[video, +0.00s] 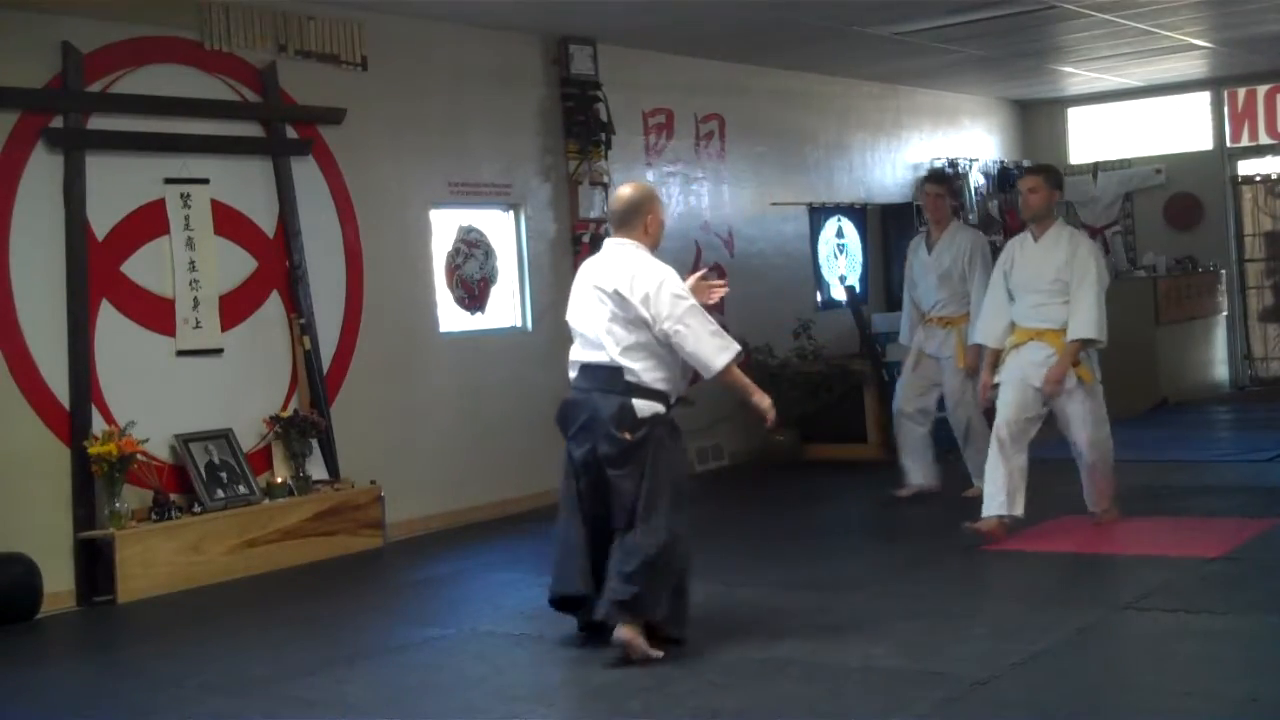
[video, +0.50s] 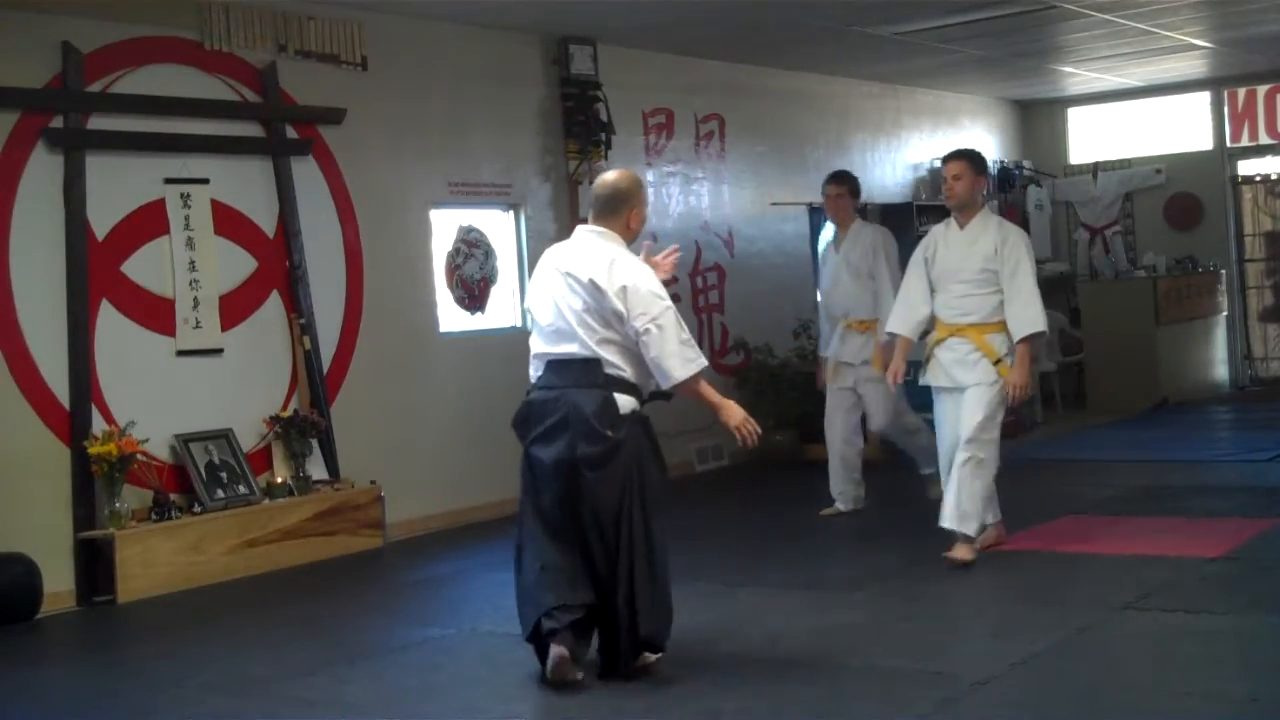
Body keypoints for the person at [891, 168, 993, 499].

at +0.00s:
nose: (932, 203)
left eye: (939, 197)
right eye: (927, 197)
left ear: (953, 202)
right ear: (921, 203)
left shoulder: (972, 241)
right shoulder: (916, 246)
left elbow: (981, 295)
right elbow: (911, 299)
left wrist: (976, 343)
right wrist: (911, 345)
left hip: (961, 332)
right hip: (927, 332)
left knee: (963, 409)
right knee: (908, 406)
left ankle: (983, 479)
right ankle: (921, 479)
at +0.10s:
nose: (916, 202)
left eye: (923, 196)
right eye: (911, 197)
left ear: (938, 200)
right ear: (906, 202)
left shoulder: (957, 238)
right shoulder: (902, 246)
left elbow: (970, 293)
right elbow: (898, 300)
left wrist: (968, 343)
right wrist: (897, 346)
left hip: (952, 333)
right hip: (915, 333)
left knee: (965, 411)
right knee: (899, 406)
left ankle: (984, 479)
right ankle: (881, 481)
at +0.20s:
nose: (900, 205)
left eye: (906, 198)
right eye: (894, 199)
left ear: (919, 202)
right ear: (888, 205)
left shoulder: (939, 241)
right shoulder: (885, 250)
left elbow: (956, 293)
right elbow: (883, 304)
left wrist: (954, 340)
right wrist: (885, 346)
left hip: (940, 337)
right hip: (901, 340)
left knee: (962, 414)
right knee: (883, 411)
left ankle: (988, 479)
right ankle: (859, 483)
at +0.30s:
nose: (875, 210)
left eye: (883, 203)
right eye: (871, 203)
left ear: (896, 208)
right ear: (865, 210)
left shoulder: (917, 247)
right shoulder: (866, 256)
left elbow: (939, 296)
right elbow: (867, 310)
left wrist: (928, 332)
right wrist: (868, 355)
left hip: (919, 345)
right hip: (880, 349)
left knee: (950, 416)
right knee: (863, 418)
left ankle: (987, 483)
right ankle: (851, 496)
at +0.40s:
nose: (851, 210)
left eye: (858, 203)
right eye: (846, 204)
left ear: (872, 206)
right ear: (842, 209)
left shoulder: (895, 246)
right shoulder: (847, 257)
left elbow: (913, 298)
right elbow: (849, 310)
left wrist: (911, 343)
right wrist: (850, 351)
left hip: (893, 345)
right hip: (857, 348)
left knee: (922, 416)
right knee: (850, 422)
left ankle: (969, 463)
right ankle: (851, 497)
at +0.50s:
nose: (831, 203)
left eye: (838, 197)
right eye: (827, 197)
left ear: (854, 200)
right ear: (822, 202)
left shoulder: (877, 237)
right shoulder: (828, 246)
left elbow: (889, 291)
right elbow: (827, 305)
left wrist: (886, 341)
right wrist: (825, 355)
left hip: (872, 341)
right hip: (839, 344)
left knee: (886, 418)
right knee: (839, 428)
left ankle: (932, 461)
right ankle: (847, 498)